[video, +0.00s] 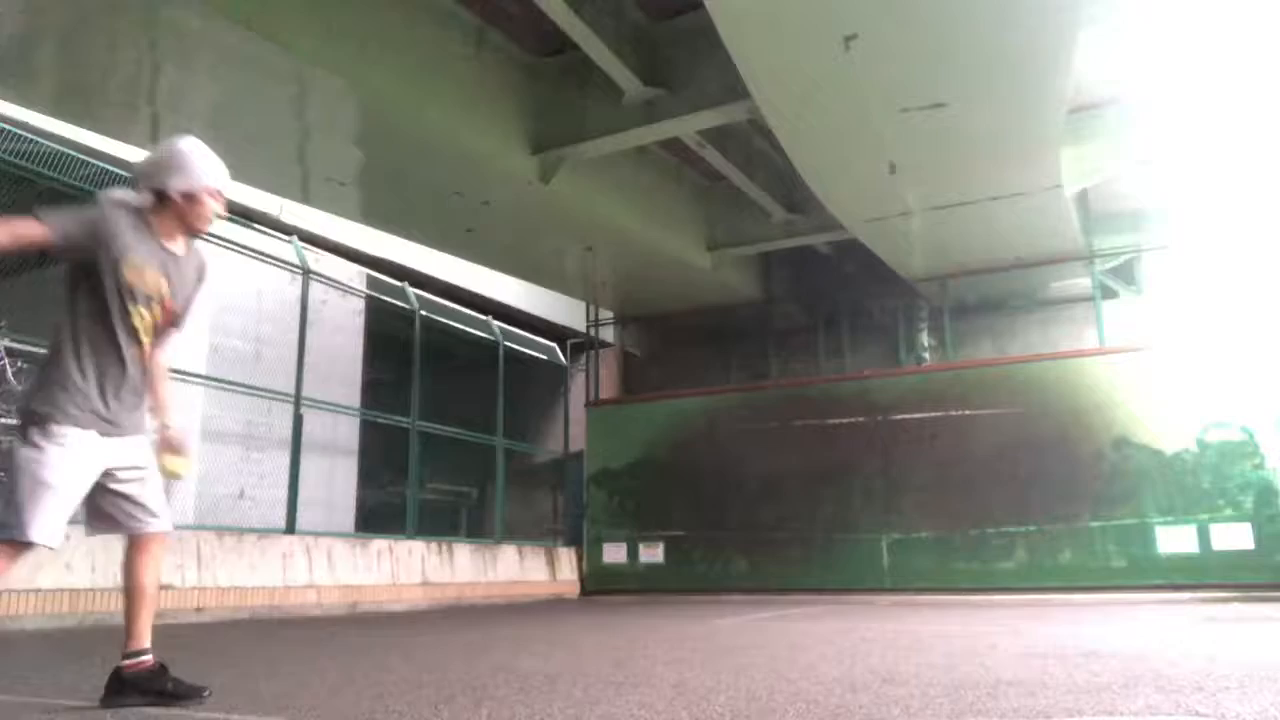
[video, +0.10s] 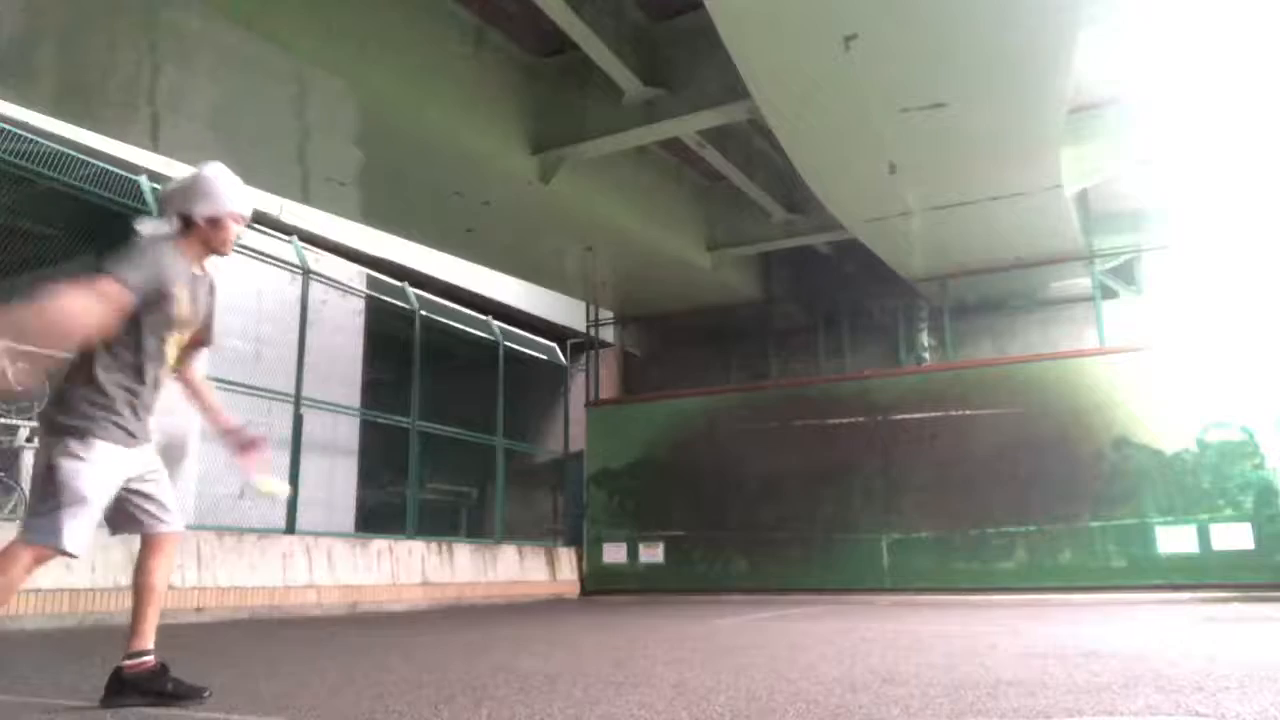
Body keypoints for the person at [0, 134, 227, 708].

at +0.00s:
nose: (220, 205)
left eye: (220, 194)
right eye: (210, 194)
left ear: (198, 198)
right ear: (175, 194)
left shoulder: (194, 264)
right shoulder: (111, 222)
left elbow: (154, 349)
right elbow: (23, 230)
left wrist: (165, 424)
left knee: (152, 531)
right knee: (18, 541)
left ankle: (137, 665)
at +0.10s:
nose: (240, 230)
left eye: (240, 221)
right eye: (233, 220)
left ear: (214, 222)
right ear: (202, 218)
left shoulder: (203, 285)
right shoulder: (151, 259)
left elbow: (186, 369)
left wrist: (230, 431)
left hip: (133, 438)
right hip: (85, 431)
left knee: (165, 530)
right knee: (39, 544)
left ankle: (138, 665)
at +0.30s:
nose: (254, 220)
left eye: (254, 209)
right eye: (249, 208)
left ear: (213, 206)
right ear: (220, 206)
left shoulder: (175, 246)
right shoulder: (207, 255)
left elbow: (221, 336)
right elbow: (241, 344)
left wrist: (286, 351)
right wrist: (301, 374)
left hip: (144, 408)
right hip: (135, 408)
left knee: (159, 527)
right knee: (111, 521)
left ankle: (137, 665)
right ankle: (1, 613)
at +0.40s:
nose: (256, 211)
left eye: (256, 199)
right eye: (251, 199)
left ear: (210, 197)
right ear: (224, 198)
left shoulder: (172, 238)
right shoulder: (219, 243)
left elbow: (207, 294)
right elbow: (274, 311)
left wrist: (250, 303)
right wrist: (303, 318)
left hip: (146, 394)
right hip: (157, 398)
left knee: (153, 529)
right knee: (130, 523)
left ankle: (136, 666)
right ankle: (22, 638)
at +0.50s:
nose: (263, 210)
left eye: (262, 199)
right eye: (259, 199)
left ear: (210, 198)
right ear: (234, 199)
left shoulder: (174, 241)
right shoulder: (234, 238)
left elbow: (149, 303)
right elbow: (289, 289)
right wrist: (264, 255)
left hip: (144, 391)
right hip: (180, 395)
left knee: (152, 526)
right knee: (165, 520)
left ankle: (137, 664)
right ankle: (79, 657)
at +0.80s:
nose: (283, 214)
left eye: (282, 204)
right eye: (281, 204)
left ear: (228, 198)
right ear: (265, 202)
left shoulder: (186, 241)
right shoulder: (274, 244)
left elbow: (129, 306)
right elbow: (295, 321)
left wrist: (178, 298)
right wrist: (250, 302)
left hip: (165, 397)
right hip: (210, 401)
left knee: (189, 533)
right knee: (206, 533)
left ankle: (145, 669)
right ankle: (153, 671)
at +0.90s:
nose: (290, 212)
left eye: (290, 203)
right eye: (288, 203)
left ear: (235, 196)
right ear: (272, 201)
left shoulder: (196, 240)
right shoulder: (280, 243)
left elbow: (156, 315)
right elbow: (303, 343)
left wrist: (203, 343)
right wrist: (273, 364)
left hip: (179, 394)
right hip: (224, 400)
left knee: (200, 533)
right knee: (204, 534)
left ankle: (178, 663)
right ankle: (148, 673)